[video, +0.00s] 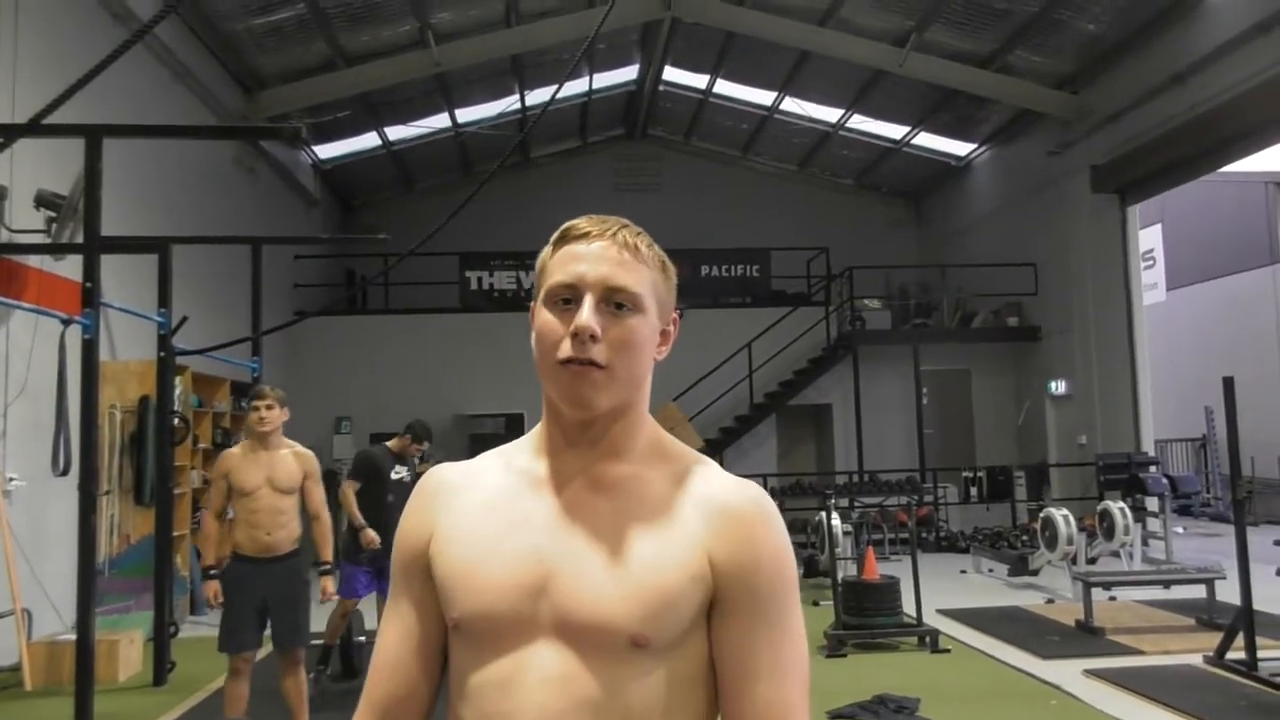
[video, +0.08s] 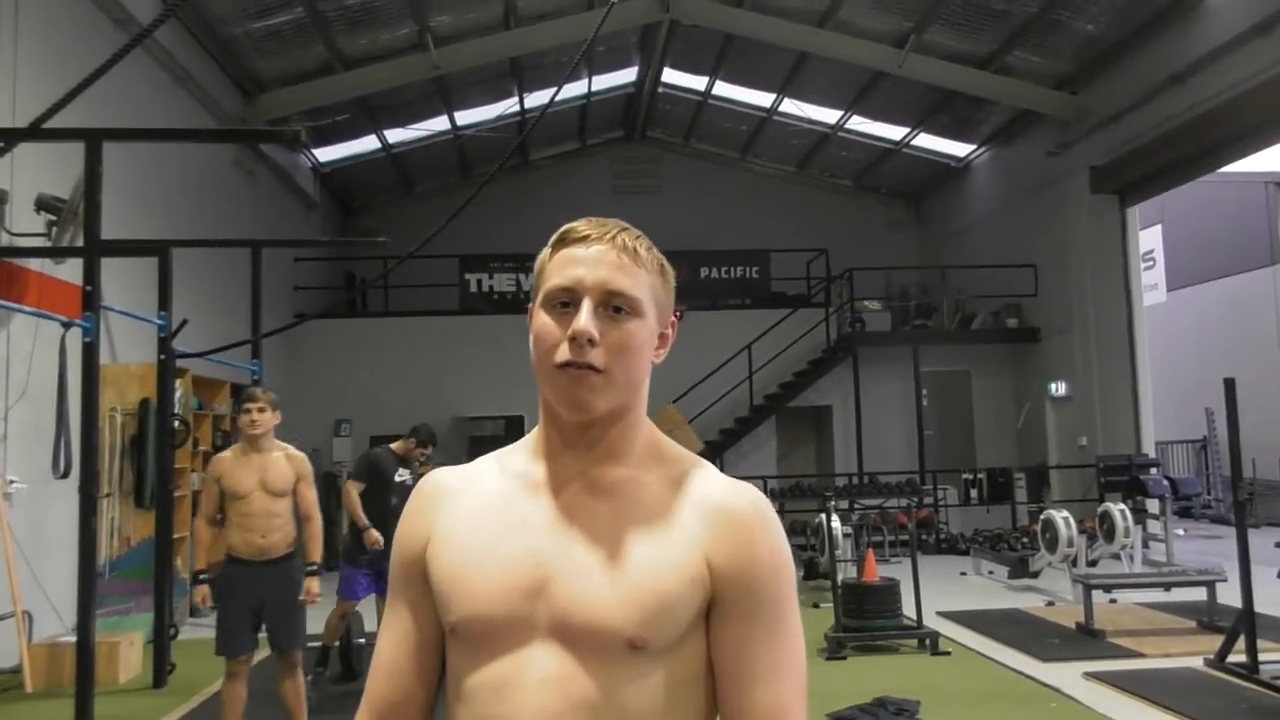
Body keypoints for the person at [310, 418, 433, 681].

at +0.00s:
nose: (419, 454)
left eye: (422, 450)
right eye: (417, 448)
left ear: (416, 443)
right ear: (406, 438)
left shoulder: (409, 464)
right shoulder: (370, 457)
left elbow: (406, 503)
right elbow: (347, 490)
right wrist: (362, 528)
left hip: (393, 547)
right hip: (361, 547)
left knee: (389, 609)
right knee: (347, 605)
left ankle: (387, 664)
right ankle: (323, 661)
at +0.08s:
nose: (423, 457)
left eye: (427, 453)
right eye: (422, 451)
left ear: (419, 447)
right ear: (410, 441)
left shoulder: (411, 467)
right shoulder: (374, 458)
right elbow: (350, 490)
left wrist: (426, 475)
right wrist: (366, 529)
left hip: (393, 548)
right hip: (361, 548)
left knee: (389, 609)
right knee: (346, 608)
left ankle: (387, 664)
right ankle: (322, 659)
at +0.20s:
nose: (425, 464)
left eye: (429, 460)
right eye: (425, 458)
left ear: (419, 450)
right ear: (415, 446)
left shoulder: (410, 470)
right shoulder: (380, 461)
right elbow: (353, 494)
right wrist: (366, 534)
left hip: (391, 553)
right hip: (361, 552)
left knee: (388, 616)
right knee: (343, 610)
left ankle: (386, 672)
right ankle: (318, 665)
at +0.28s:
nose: (425, 469)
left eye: (429, 466)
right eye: (426, 463)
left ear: (420, 454)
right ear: (416, 451)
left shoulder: (412, 474)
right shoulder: (382, 464)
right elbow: (355, 495)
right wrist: (362, 538)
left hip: (393, 556)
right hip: (362, 555)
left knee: (392, 619)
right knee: (340, 614)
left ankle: (394, 676)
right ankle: (316, 668)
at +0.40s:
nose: (425, 473)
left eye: (429, 470)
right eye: (426, 467)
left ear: (420, 458)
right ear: (416, 455)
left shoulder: (410, 478)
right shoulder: (382, 468)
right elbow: (355, 498)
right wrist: (358, 543)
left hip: (390, 561)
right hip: (362, 559)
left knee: (388, 623)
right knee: (338, 617)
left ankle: (389, 679)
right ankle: (314, 673)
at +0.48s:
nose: (426, 475)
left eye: (430, 473)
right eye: (427, 470)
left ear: (421, 461)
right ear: (417, 458)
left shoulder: (410, 479)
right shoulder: (383, 469)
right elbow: (356, 499)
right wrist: (357, 545)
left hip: (390, 563)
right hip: (362, 561)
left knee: (387, 624)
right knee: (338, 619)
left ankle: (386, 678)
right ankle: (314, 674)